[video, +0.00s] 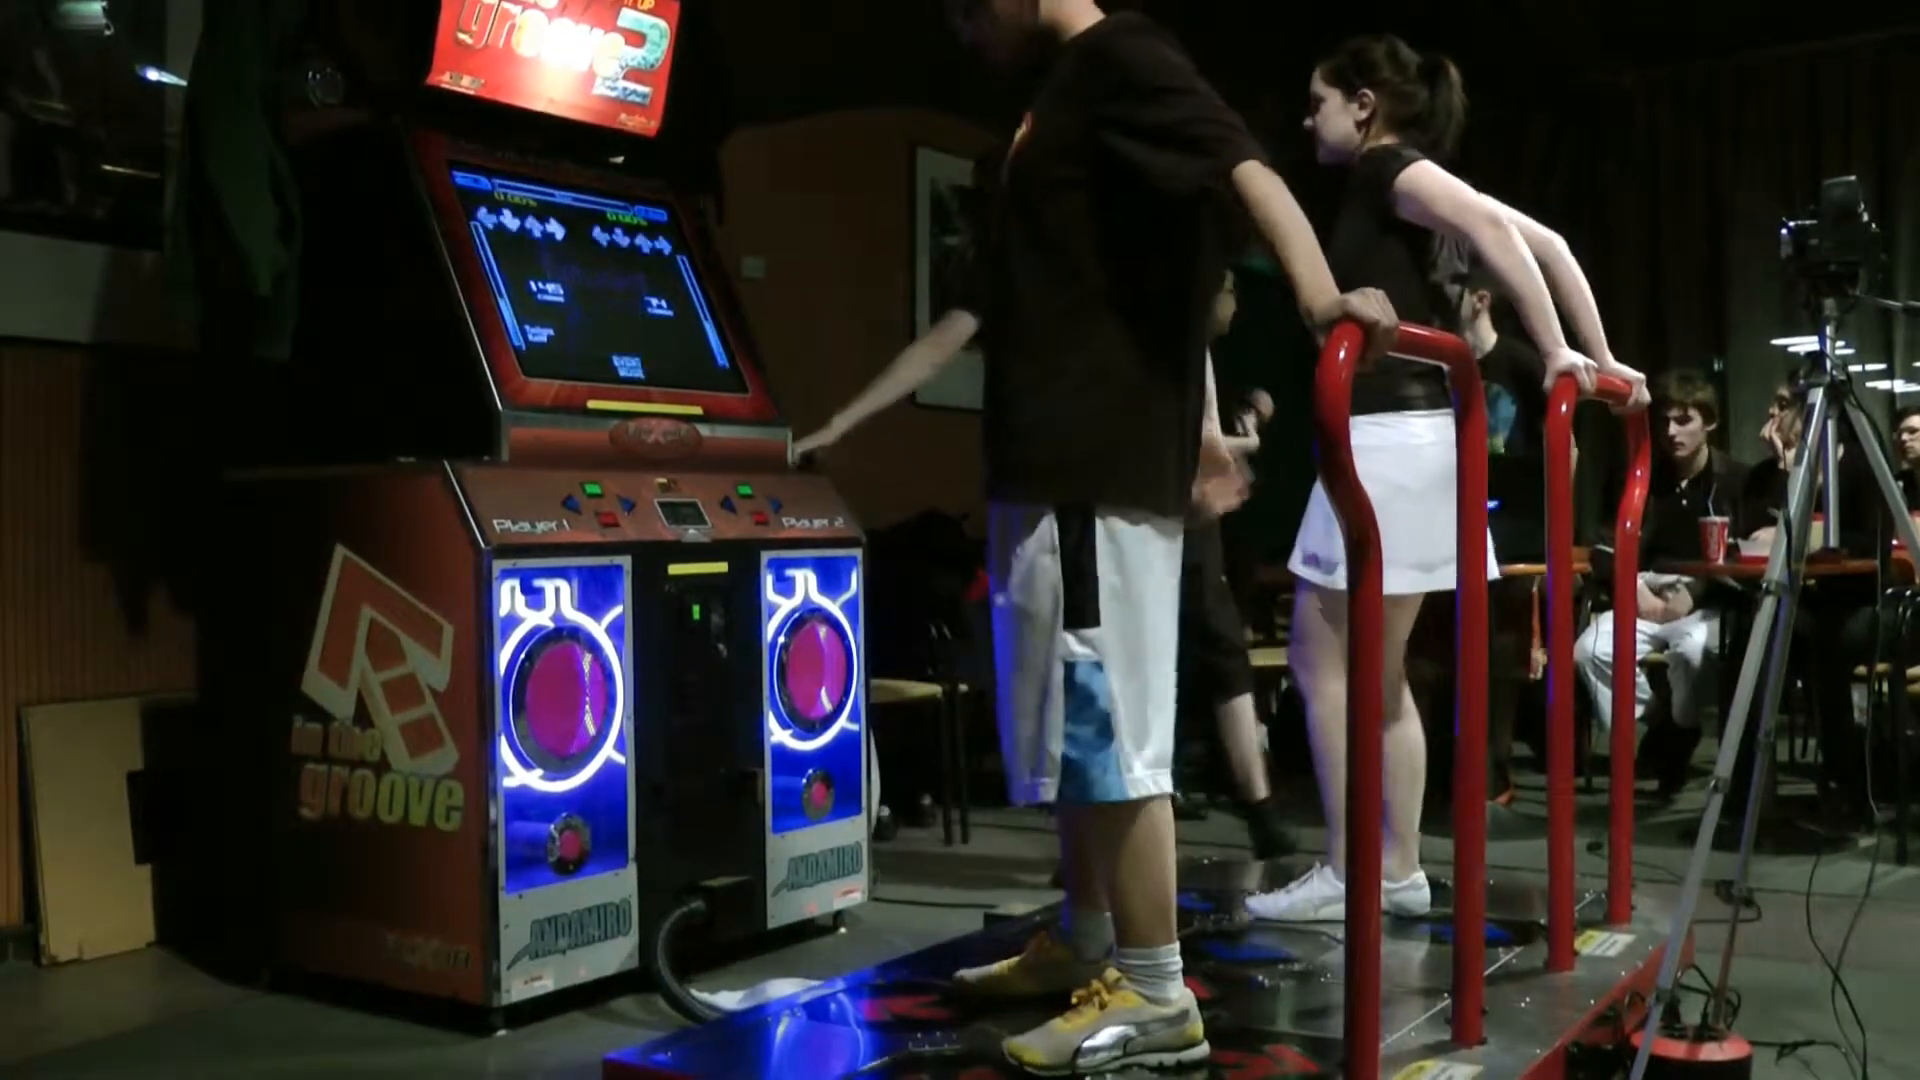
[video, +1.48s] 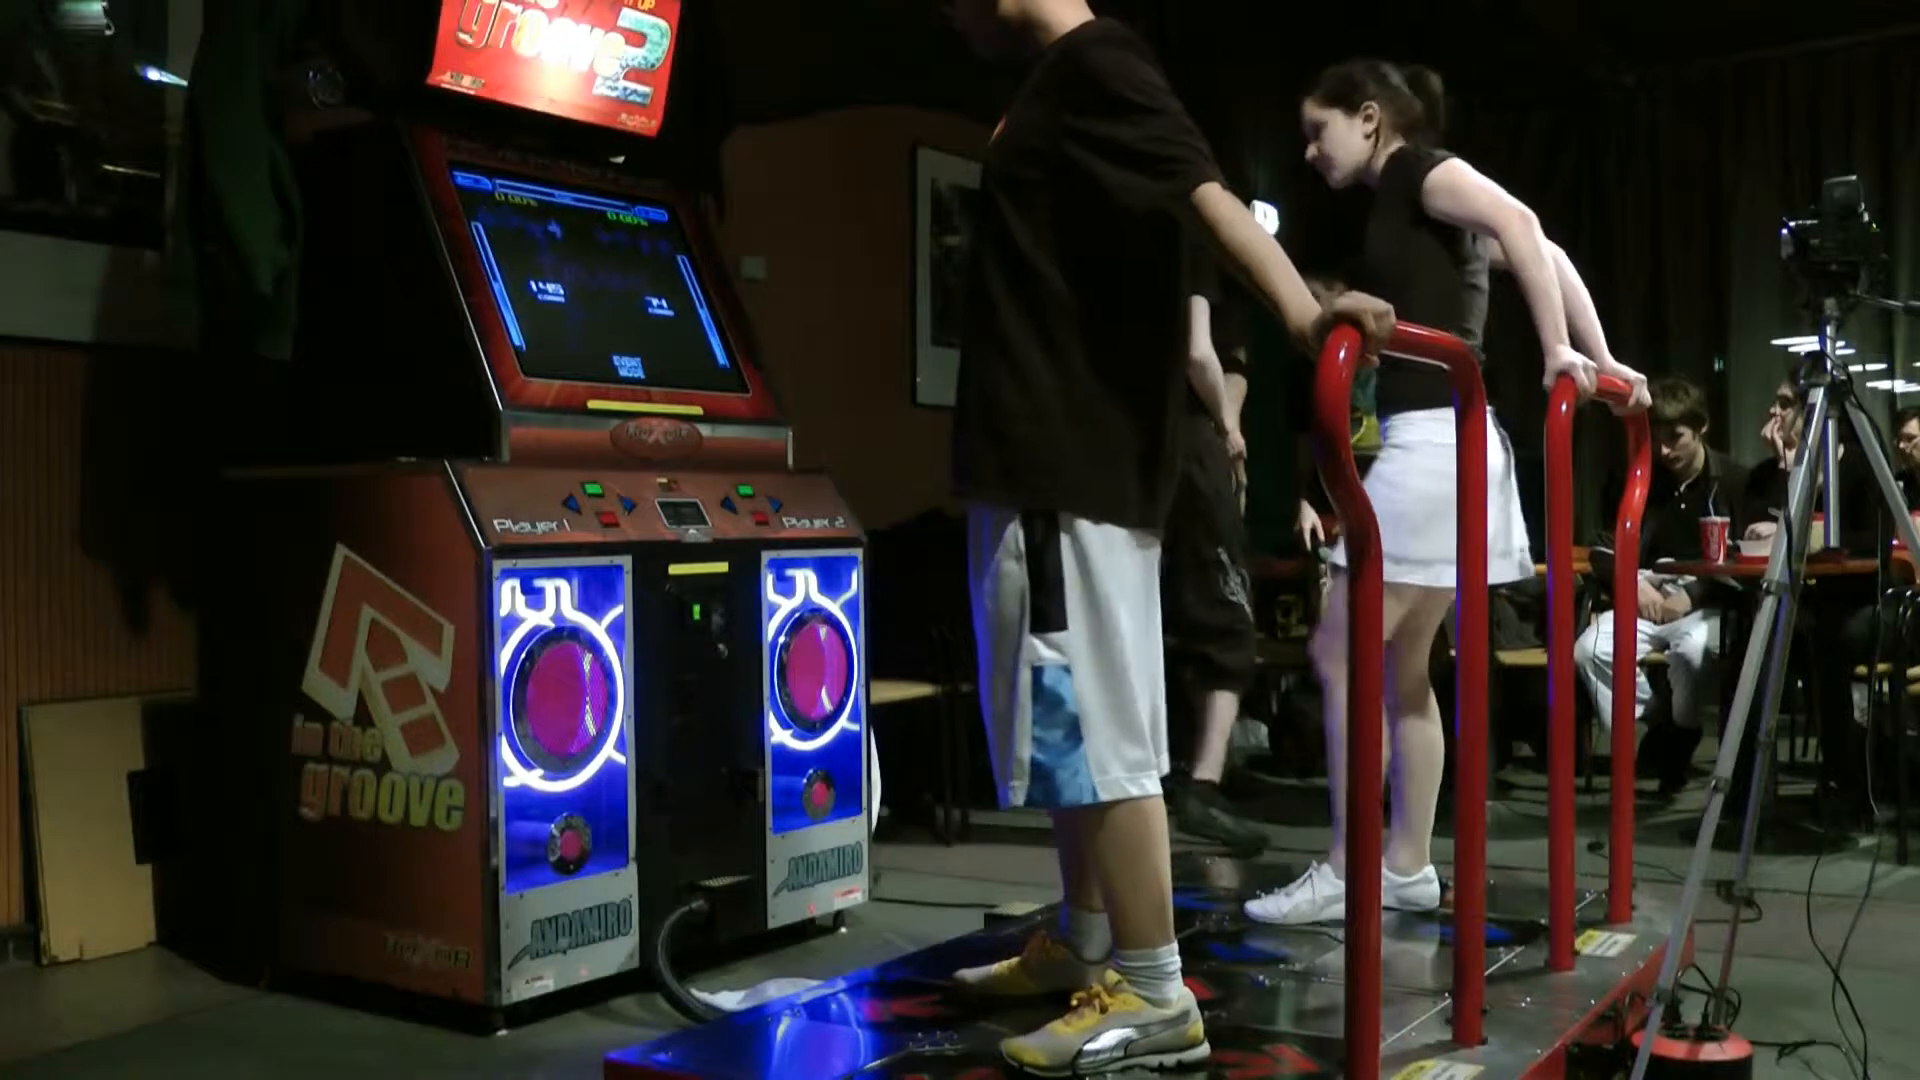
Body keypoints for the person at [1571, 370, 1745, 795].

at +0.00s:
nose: (1671, 431)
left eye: (1683, 421)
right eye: (1664, 421)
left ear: (1709, 424)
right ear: (1655, 426)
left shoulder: (1734, 479)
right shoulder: (1645, 477)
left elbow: (1743, 555)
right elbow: (1607, 547)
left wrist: (1693, 593)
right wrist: (1637, 593)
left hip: (1706, 602)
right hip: (1647, 596)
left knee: (1691, 652)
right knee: (1595, 649)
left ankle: (1681, 738)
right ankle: (1656, 732)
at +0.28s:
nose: (1664, 436)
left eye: (1673, 425)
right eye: (1657, 427)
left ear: (1702, 424)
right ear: (1650, 430)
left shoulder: (1731, 479)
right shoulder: (1643, 477)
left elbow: (1739, 556)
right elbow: (1607, 550)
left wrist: (1691, 594)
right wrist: (1636, 589)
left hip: (1703, 598)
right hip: (1647, 593)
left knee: (1693, 651)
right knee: (1594, 648)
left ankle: (1682, 737)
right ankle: (1658, 728)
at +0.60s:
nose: (1663, 445)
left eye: (1670, 434)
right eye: (1655, 436)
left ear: (1697, 428)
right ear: (1646, 437)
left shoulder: (1730, 479)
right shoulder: (1641, 478)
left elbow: (1737, 557)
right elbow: (1607, 551)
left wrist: (1689, 595)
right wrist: (1638, 586)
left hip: (1703, 600)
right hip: (1647, 595)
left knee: (1692, 651)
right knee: (1594, 649)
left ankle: (1682, 736)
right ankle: (1657, 729)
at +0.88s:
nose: (1665, 448)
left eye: (1672, 437)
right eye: (1657, 439)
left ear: (1698, 429)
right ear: (1647, 439)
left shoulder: (1730, 480)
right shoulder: (1643, 479)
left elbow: (1740, 559)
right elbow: (1605, 551)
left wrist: (1690, 596)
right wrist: (1637, 587)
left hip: (1705, 602)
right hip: (1648, 597)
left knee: (1690, 650)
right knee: (1593, 649)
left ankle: (1683, 736)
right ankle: (1657, 727)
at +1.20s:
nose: (1667, 447)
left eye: (1675, 436)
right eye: (1659, 439)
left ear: (1700, 429)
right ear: (1648, 437)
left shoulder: (1730, 479)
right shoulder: (1644, 477)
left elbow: (1741, 557)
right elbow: (1605, 549)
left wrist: (1691, 596)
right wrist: (1637, 589)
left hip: (1705, 600)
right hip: (1647, 594)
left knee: (1692, 650)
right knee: (1594, 648)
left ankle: (1682, 737)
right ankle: (1658, 727)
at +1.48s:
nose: (1666, 450)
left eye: (1675, 437)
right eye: (1658, 440)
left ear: (1701, 429)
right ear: (1647, 439)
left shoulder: (1731, 481)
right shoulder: (1643, 480)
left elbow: (1744, 560)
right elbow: (1604, 549)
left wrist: (1691, 597)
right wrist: (1634, 586)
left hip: (1705, 604)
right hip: (1646, 599)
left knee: (1690, 651)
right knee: (1594, 648)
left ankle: (1683, 737)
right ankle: (1660, 730)